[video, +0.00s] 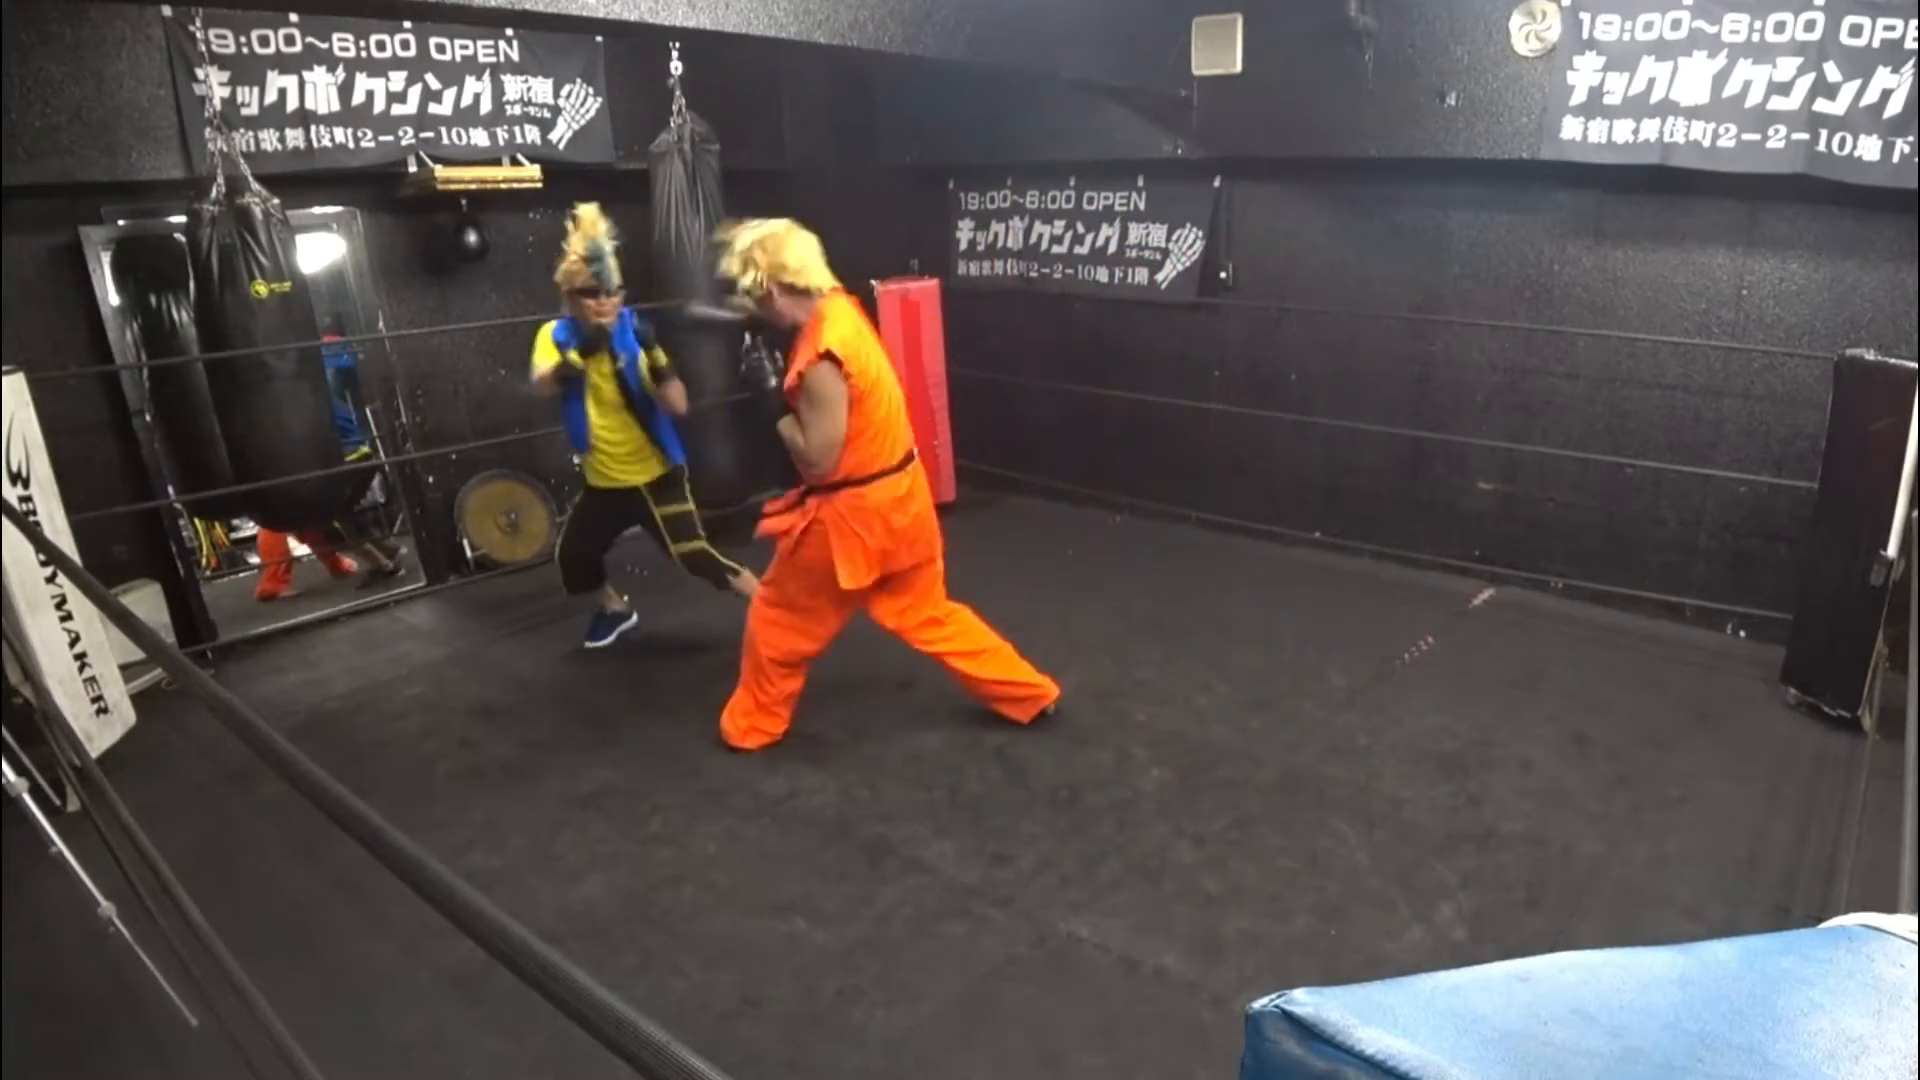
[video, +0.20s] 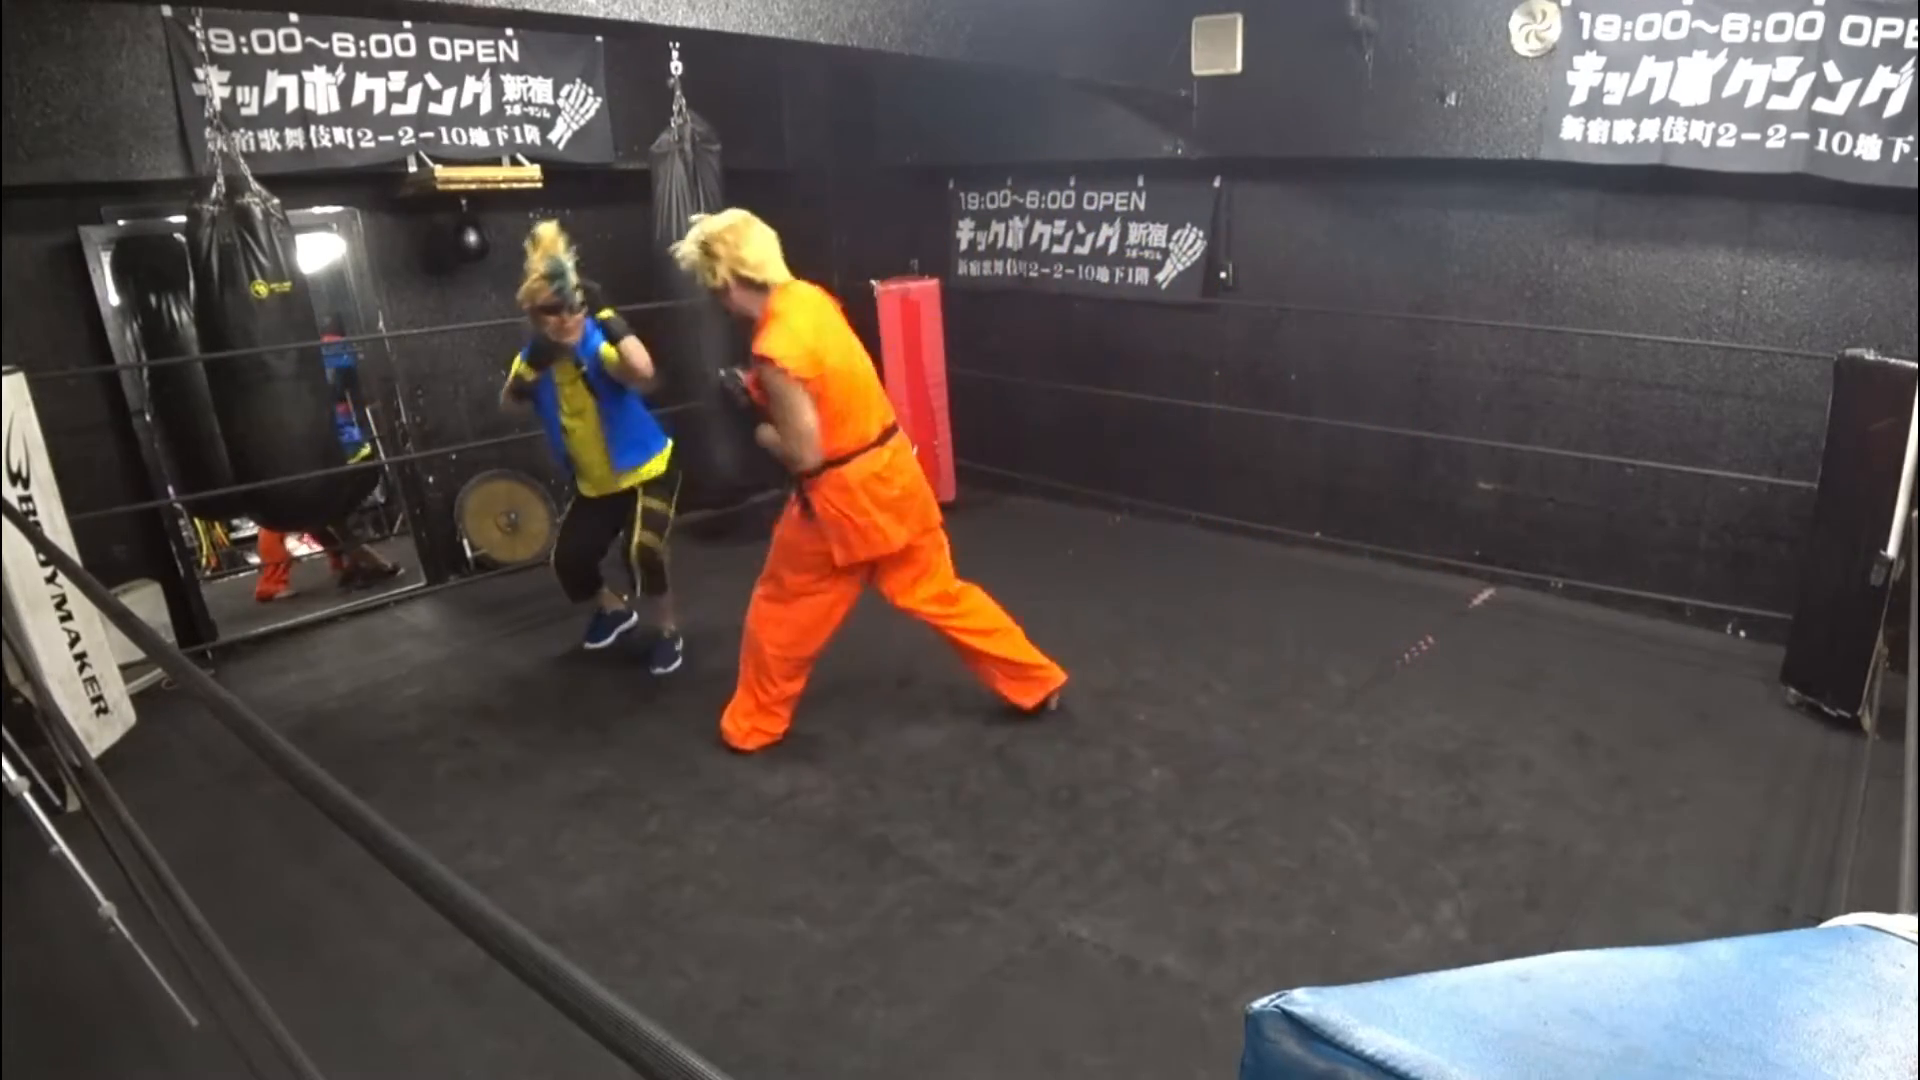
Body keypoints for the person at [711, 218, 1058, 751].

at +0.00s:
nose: (753, 309)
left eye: (752, 297)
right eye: (748, 298)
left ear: (772, 291)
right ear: (805, 275)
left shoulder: (820, 357)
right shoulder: (842, 311)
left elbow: (818, 459)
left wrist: (781, 412)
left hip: (852, 510)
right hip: (905, 493)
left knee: (780, 609)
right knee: (922, 610)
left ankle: (755, 722)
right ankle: (1029, 694)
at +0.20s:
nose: (717, 299)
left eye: (716, 288)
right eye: (714, 288)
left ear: (733, 282)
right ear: (764, 263)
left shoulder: (776, 347)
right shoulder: (810, 297)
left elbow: (804, 453)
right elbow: (826, 380)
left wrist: (769, 438)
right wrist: (762, 390)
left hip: (840, 491)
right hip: (893, 466)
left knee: (782, 606)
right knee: (933, 588)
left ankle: (756, 723)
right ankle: (1037, 682)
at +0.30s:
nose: (721, 286)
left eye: (720, 274)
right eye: (718, 275)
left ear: (738, 267)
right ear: (781, 247)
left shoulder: (744, 336)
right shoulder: (849, 288)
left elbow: (746, 440)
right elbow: (913, 359)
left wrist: (714, 412)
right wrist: (855, 375)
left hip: (831, 484)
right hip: (901, 461)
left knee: (789, 600)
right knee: (948, 577)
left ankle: (757, 721)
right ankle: (1020, 690)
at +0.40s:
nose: (741, 280)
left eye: (742, 269)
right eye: (738, 270)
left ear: (758, 264)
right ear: (806, 249)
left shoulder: (748, 322)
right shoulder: (865, 289)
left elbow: (671, 341)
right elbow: (952, 343)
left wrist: (641, 321)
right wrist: (925, 371)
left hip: (827, 491)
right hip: (900, 472)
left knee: (790, 597)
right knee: (952, 587)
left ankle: (754, 717)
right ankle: (998, 705)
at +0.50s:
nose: (752, 276)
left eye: (753, 265)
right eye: (751, 267)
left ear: (767, 261)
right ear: (819, 247)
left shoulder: (757, 313)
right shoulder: (869, 288)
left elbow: (686, 331)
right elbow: (942, 343)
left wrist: (677, 320)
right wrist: (940, 373)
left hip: (817, 478)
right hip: (889, 464)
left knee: (779, 596)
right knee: (945, 590)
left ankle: (740, 719)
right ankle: (997, 705)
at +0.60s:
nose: (752, 264)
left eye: (752, 253)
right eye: (750, 254)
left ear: (768, 249)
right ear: (815, 238)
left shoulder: (754, 311)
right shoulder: (874, 285)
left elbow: (718, 401)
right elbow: (930, 366)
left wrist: (740, 349)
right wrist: (883, 377)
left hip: (811, 474)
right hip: (887, 460)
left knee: (763, 584)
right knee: (937, 586)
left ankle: (729, 709)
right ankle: (999, 706)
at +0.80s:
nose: (728, 297)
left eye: (728, 286)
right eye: (726, 286)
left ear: (744, 282)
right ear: (787, 270)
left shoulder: (751, 341)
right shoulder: (839, 316)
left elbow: (757, 442)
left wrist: (716, 449)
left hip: (801, 498)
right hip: (871, 483)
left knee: (747, 600)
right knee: (925, 602)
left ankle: (718, 708)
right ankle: (999, 703)